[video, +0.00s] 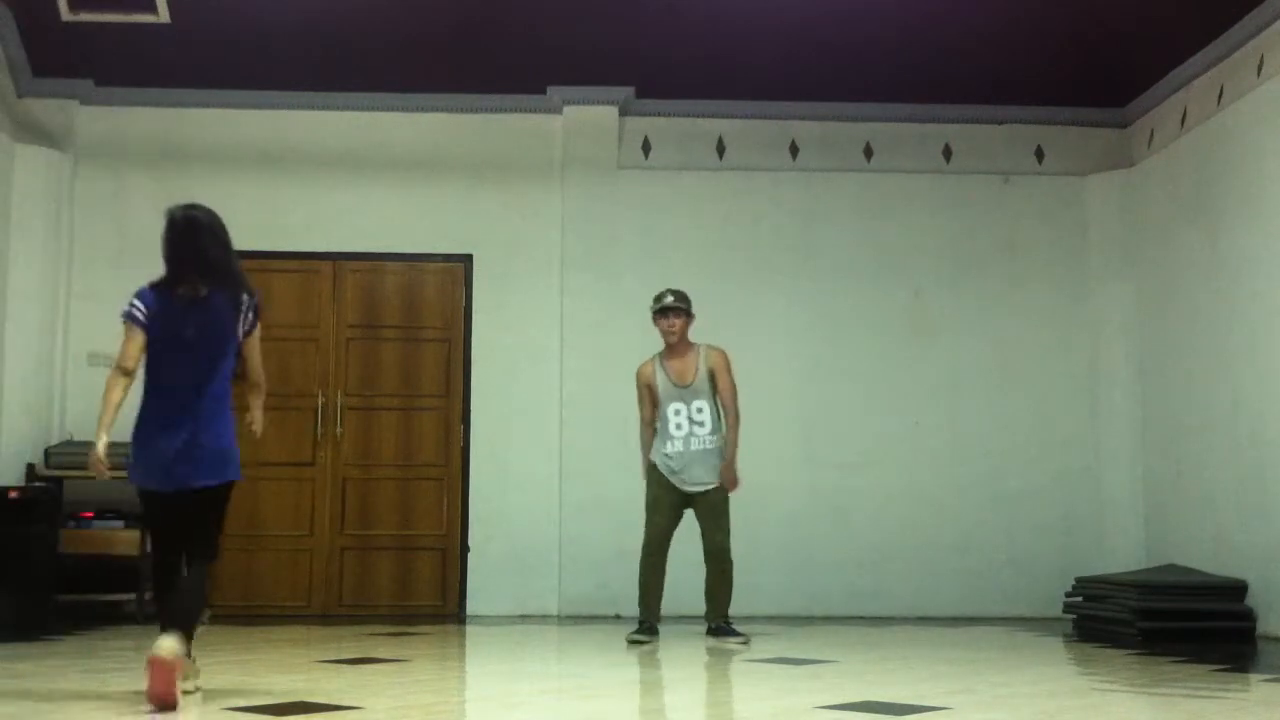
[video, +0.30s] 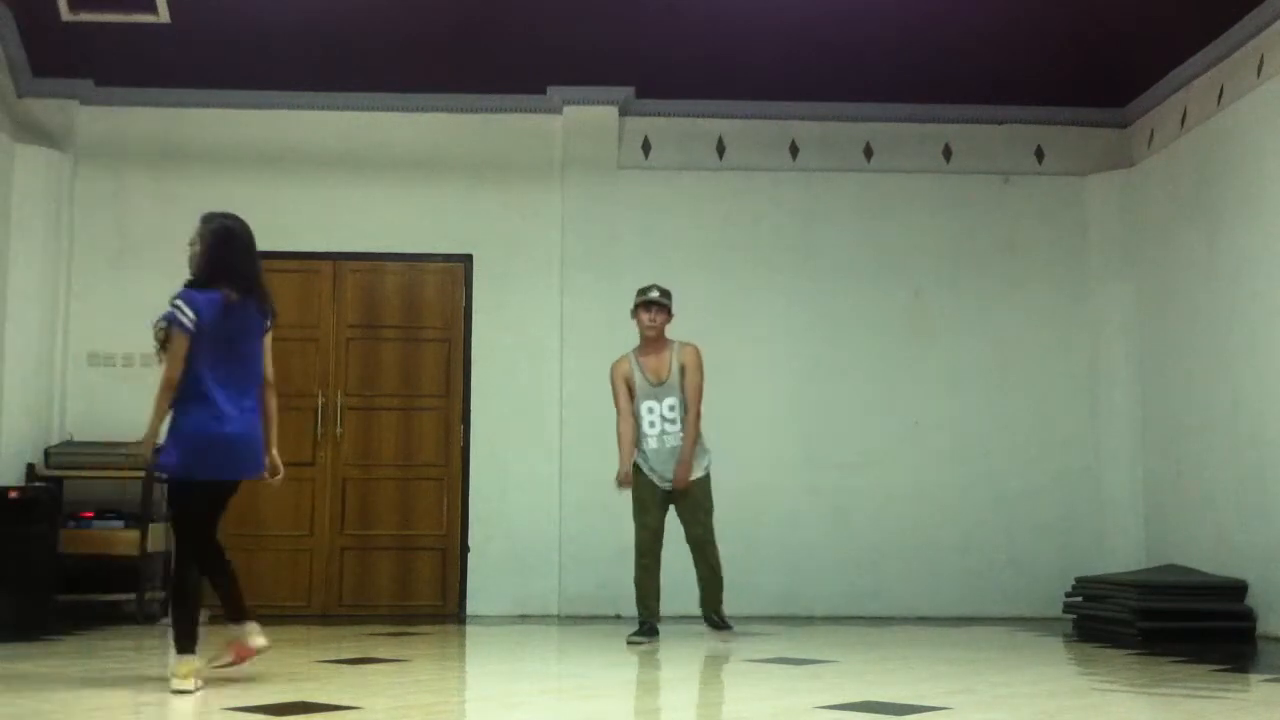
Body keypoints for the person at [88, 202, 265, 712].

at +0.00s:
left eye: (170, 241)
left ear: (169, 247)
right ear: (220, 245)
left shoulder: (150, 298)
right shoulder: (240, 301)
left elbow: (125, 369)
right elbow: (254, 373)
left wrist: (102, 434)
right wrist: (257, 410)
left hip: (156, 448)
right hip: (213, 449)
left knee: (165, 554)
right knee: (200, 553)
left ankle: (184, 662)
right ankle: (171, 641)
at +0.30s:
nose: (190, 250)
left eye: (196, 243)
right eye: (192, 242)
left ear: (212, 250)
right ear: (241, 251)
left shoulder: (191, 301)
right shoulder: (258, 306)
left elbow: (172, 377)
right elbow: (267, 383)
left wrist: (151, 434)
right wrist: (270, 445)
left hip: (196, 437)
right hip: (244, 439)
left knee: (188, 543)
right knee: (204, 535)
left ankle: (185, 661)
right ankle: (245, 627)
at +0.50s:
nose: (211, 276)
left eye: (218, 269)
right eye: (213, 269)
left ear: (238, 274)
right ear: (249, 275)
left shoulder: (240, 324)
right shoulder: (261, 325)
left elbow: (217, 382)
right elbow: (269, 397)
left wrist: (194, 419)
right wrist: (273, 456)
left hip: (230, 450)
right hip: (251, 450)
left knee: (213, 549)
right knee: (241, 548)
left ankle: (210, 655)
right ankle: (264, 643)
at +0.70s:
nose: (239, 286)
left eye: (246, 278)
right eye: (239, 278)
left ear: (269, 280)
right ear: (262, 282)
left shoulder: (289, 326)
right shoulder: (252, 328)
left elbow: (289, 393)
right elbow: (247, 391)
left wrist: (266, 447)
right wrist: (238, 447)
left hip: (272, 450)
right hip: (247, 449)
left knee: (252, 542)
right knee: (251, 543)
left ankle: (279, 641)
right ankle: (279, 639)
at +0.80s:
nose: (255, 287)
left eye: (263, 279)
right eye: (254, 279)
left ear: (287, 283)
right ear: (255, 285)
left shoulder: (304, 328)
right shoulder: (255, 331)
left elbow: (319, 383)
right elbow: (258, 397)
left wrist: (329, 437)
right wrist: (240, 442)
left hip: (294, 457)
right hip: (255, 459)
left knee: (283, 543)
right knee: (263, 549)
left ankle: (330, 622)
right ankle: (267, 643)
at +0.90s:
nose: (277, 293)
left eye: (286, 286)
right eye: (272, 286)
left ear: (307, 291)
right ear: (266, 293)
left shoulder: (320, 334)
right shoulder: (268, 339)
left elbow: (351, 381)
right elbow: (260, 400)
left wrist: (379, 428)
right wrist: (236, 440)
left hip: (312, 459)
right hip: (266, 460)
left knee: (322, 543)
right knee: (267, 549)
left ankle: (353, 618)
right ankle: (266, 643)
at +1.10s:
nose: (321, 309)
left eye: (329, 302)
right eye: (314, 302)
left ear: (343, 309)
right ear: (303, 308)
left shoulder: (359, 352)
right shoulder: (293, 356)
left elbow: (394, 396)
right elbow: (270, 407)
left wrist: (397, 353)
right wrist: (239, 460)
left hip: (351, 474)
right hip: (302, 473)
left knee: (353, 556)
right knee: (290, 552)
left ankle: (364, 638)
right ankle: (271, 640)